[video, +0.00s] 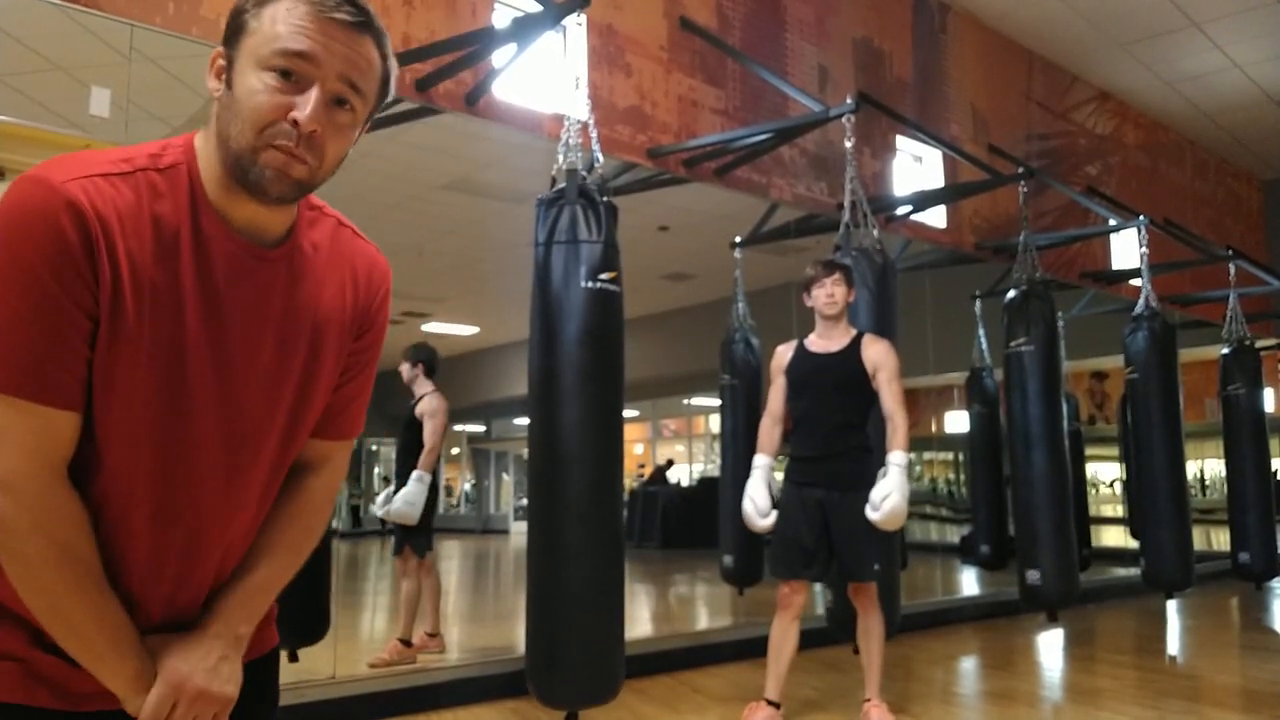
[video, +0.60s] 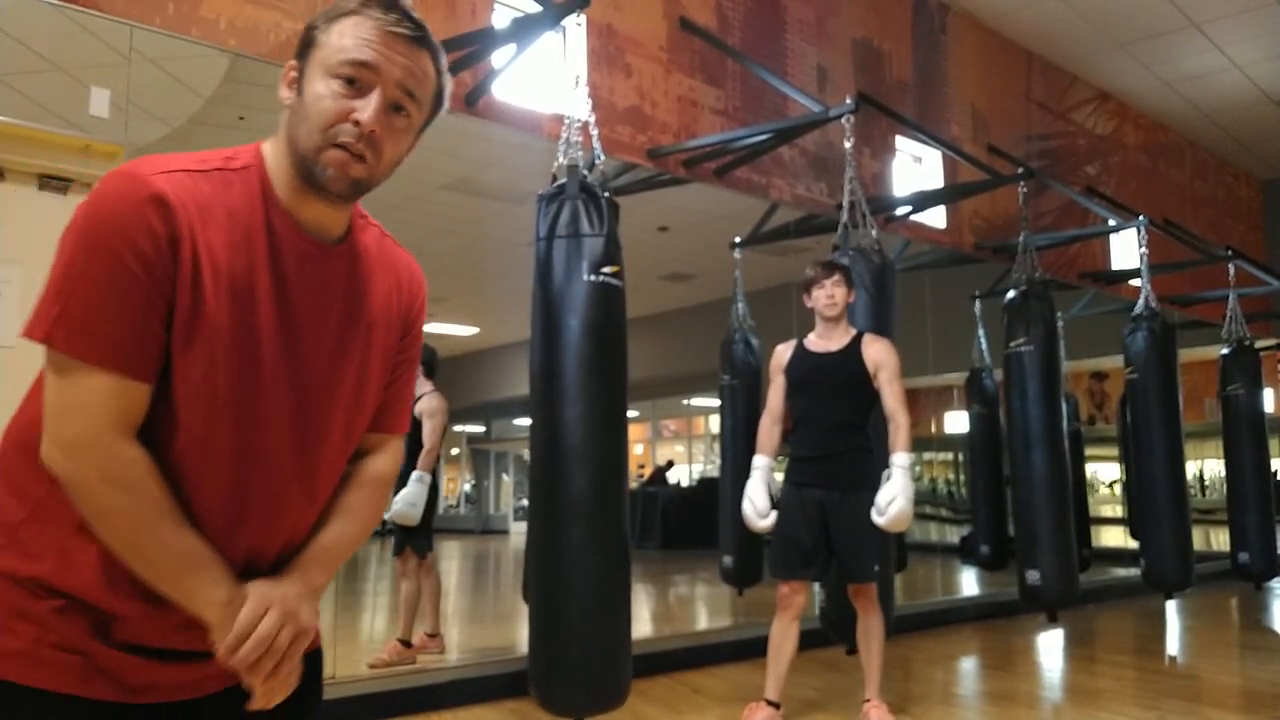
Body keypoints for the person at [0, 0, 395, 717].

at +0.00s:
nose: (308, 116)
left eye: (342, 102)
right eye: (286, 76)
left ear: (357, 135)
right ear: (220, 73)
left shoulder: (357, 276)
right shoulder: (62, 212)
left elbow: (321, 467)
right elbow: (22, 481)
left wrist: (224, 635)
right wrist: (143, 686)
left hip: (232, 676)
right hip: (45, 673)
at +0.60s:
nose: (369, 117)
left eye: (400, 108)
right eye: (352, 81)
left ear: (411, 144)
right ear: (292, 81)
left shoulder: (396, 283)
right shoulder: (150, 204)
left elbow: (380, 453)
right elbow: (85, 441)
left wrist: (305, 584)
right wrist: (231, 611)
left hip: (259, 661)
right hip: (69, 653)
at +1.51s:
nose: (296, 80)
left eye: (325, 73)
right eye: (277, 45)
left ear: (332, 104)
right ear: (214, 43)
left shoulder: (328, 250)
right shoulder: (78, 173)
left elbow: (341, 407)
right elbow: (10, 375)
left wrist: (332, 492)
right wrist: (163, 527)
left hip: (239, 663)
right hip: (62, 664)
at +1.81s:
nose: (225, 47)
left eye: (250, 37)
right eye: (199, 17)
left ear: (259, 67)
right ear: (132, 24)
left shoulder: (280, 214)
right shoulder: (23, 160)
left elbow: (316, 362)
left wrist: (280, 411)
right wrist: (147, 413)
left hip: (239, 645)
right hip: (51, 655)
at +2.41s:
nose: (246, 58)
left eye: (273, 46)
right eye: (222, 36)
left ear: (305, 79)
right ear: (183, 63)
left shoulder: (370, 230)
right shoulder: (93, 206)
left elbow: (430, 378)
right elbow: (13, 380)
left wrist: (373, 400)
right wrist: (170, 409)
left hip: (301, 651)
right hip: (114, 652)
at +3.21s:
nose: (173, 79)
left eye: (200, 59)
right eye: (148, 53)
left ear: (232, 83)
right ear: (109, 66)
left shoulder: (292, 229)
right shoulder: (22, 195)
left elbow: (327, 407)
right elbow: (2, 375)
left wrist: (314, 337)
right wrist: (133, 383)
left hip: (237, 640)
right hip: (47, 642)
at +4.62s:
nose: (273, 111)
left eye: (302, 96)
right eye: (255, 81)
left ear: (328, 119)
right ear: (215, 84)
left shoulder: (366, 255)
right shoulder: (115, 214)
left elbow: (394, 418)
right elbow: (56, 392)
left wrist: (342, 376)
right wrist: (223, 428)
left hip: (282, 647)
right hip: (107, 639)